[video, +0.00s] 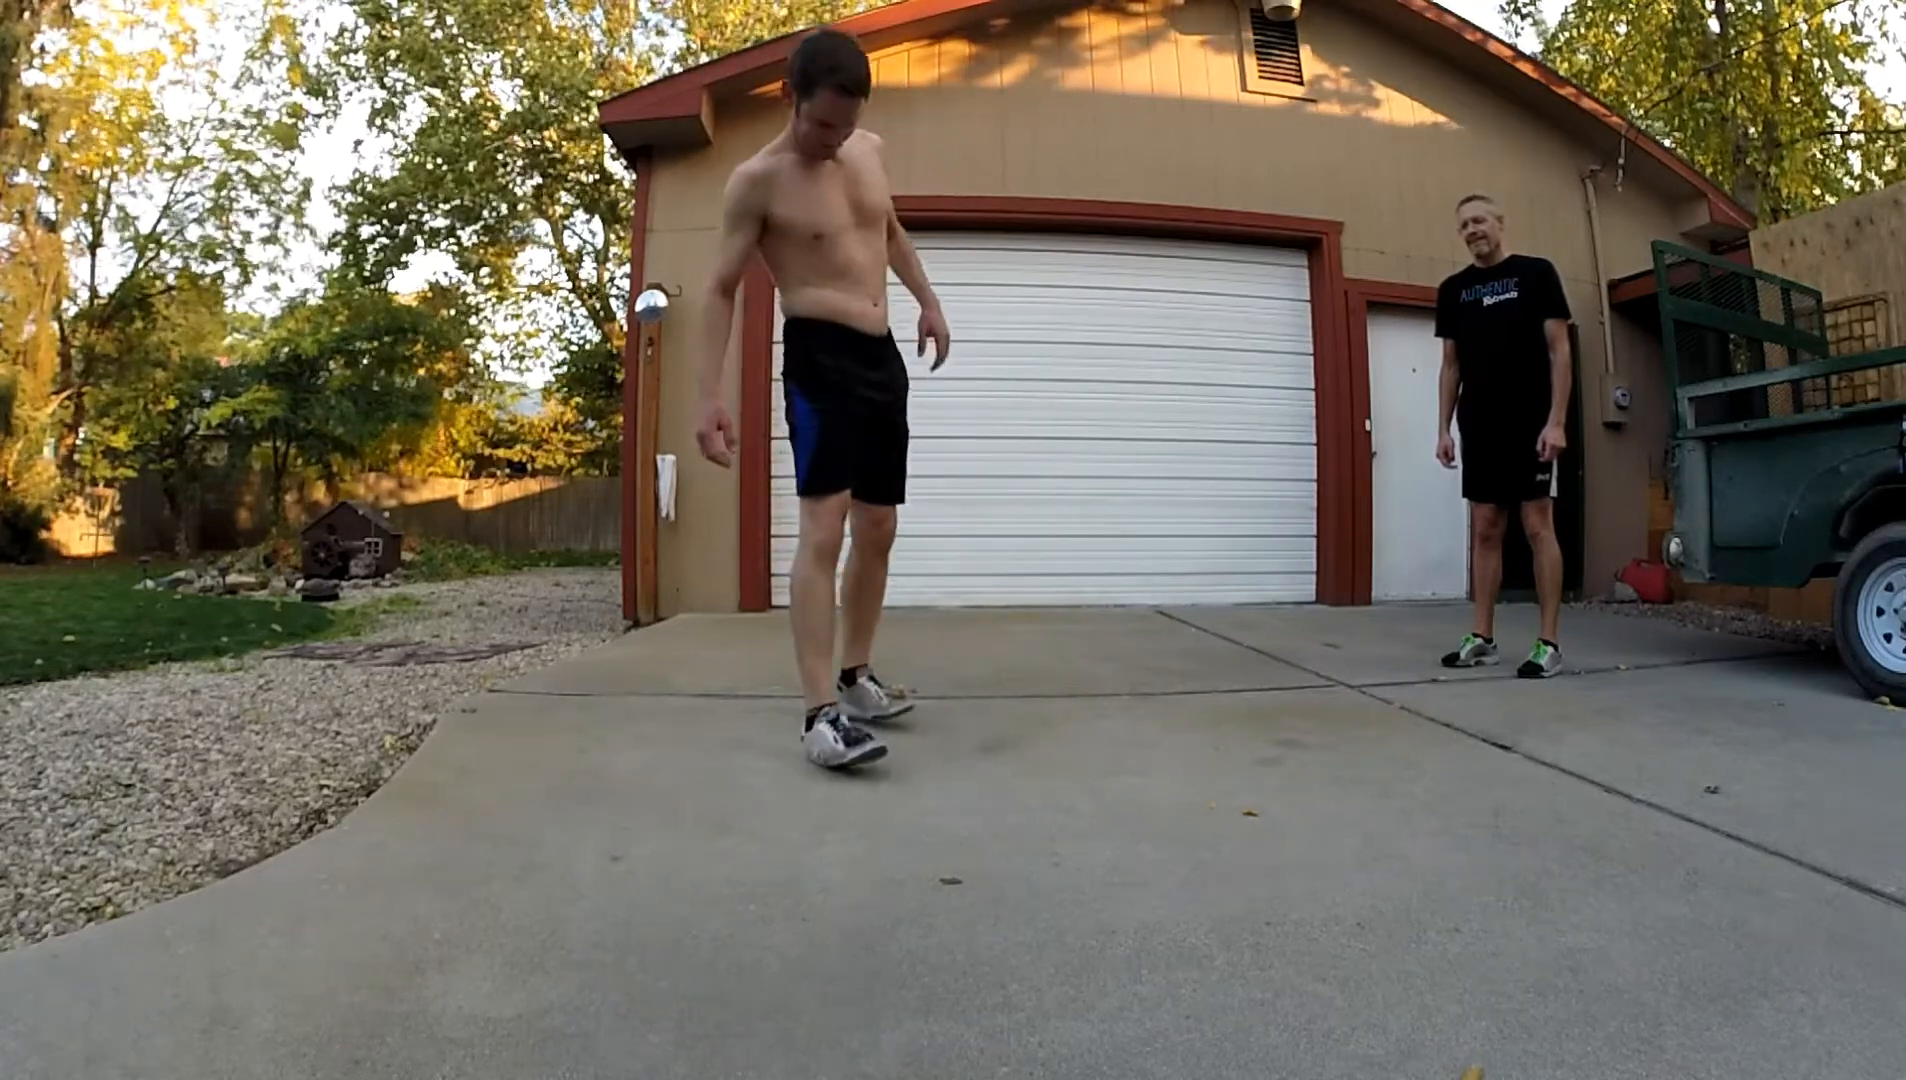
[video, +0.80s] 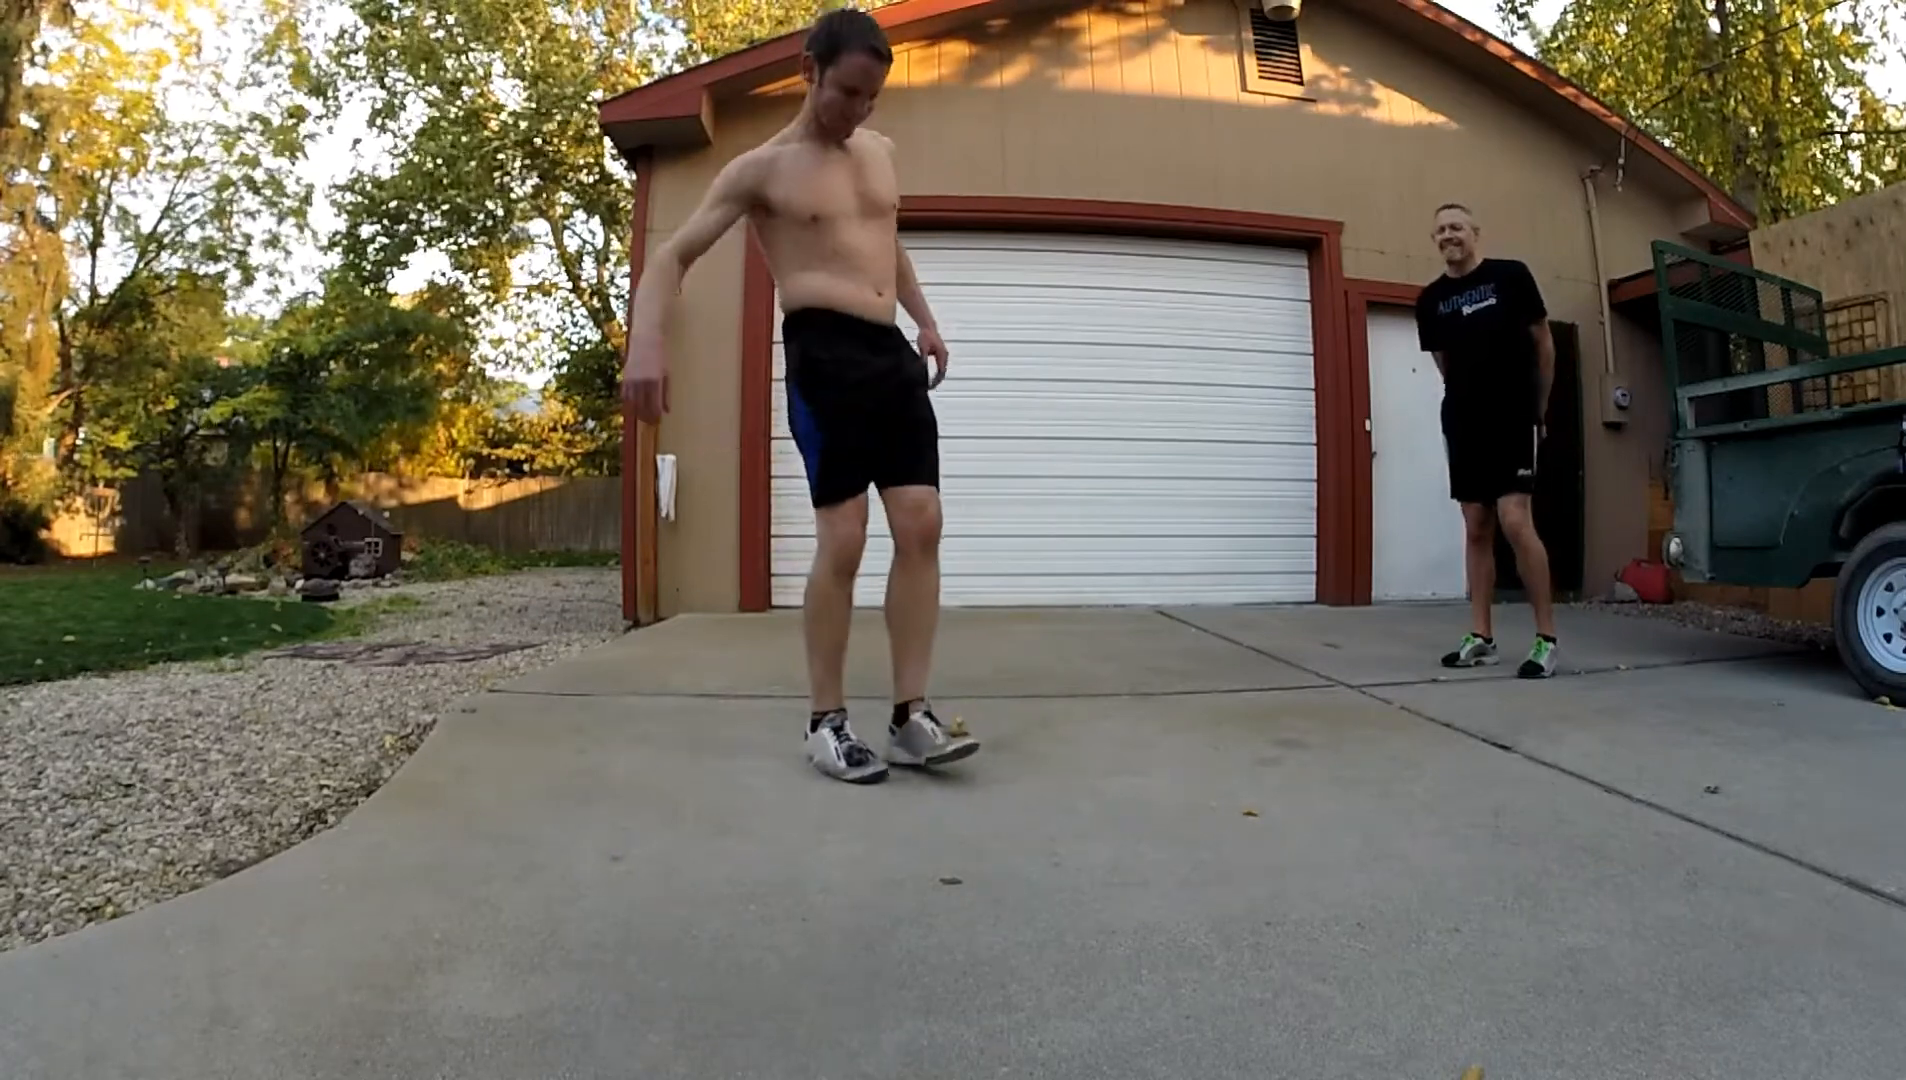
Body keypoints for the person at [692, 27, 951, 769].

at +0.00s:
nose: (833, 136)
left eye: (845, 123)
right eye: (822, 121)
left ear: (860, 109)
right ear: (793, 96)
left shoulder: (868, 151)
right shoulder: (757, 181)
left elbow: (890, 232)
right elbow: (720, 290)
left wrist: (928, 300)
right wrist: (710, 395)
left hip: (880, 358)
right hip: (818, 360)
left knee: (877, 527)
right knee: (824, 533)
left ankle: (856, 676)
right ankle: (820, 715)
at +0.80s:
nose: (859, 110)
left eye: (870, 96)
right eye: (848, 92)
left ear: (880, 88)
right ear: (810, 72)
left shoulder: (879, 152)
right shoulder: (760, 168)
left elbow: (888, 247)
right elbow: (674, 255)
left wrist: (925, 322)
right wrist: (644, 340)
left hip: (887, 352)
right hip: (821, 352)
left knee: (921, 526)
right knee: (844, 538)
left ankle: (911, 715)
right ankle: (828, 724)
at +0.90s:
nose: (867, 125)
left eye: (878, 111)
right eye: (857, 107)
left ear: (887, 105)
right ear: (819, 89)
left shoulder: (878, 170)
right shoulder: (766, 175)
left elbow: (889, 263)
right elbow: (668, 232)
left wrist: (927, 342)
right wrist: (630, 285)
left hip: (887, 359)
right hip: (821, 357)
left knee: (948, 494)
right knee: (845, 540)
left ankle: (946, 703)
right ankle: (827, 725)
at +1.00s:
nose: (885, 131)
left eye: (897, 117)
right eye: (875, 112)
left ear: (903, 113)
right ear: (838, 94)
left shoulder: (889, 181)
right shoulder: (781, 173)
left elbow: (897, 270)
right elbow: (706, 201)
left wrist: (935, 354)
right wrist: (677, 207)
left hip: (883, 356)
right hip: (816, 356)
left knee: (987, 384)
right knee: (841, 542)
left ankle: (1005, 585)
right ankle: (827, 725)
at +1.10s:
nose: (911, 120)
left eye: (922, 108)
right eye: (901, 102)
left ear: (927, 108)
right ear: (862, 90)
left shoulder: (906, 178)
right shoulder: (802, 158)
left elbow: (906, 264)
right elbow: (694, 183)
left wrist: (942, 349)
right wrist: (706, 180)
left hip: (891, 337)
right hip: (820, 343)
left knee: (990, 274)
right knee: (838, 535)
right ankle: (827, 722)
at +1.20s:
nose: (927, 111)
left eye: (937, 100)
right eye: (918, 92)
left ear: (941, 100)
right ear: (878, 78)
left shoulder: (911, 174)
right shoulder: (817, 145)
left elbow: (914, 271)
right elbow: (717, 177)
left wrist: (951, 347)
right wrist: (724, 182)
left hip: (892, 336)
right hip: (823, 335)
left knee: (1004, 329)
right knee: (837, 530)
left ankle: (978, 527)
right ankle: (828, 722)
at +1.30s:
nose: (932, 102)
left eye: (943, 91)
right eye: (922, 86)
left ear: (948, 96)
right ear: (885, 77)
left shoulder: (918, 180)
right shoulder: (830, 142)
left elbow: (912, 276)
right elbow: (727, 191)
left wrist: (954, 339)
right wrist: (733, 231)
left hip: (899, 347)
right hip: (832, 340)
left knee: (986, 474)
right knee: (839, 531)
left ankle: (932, 660)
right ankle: (826, 722)